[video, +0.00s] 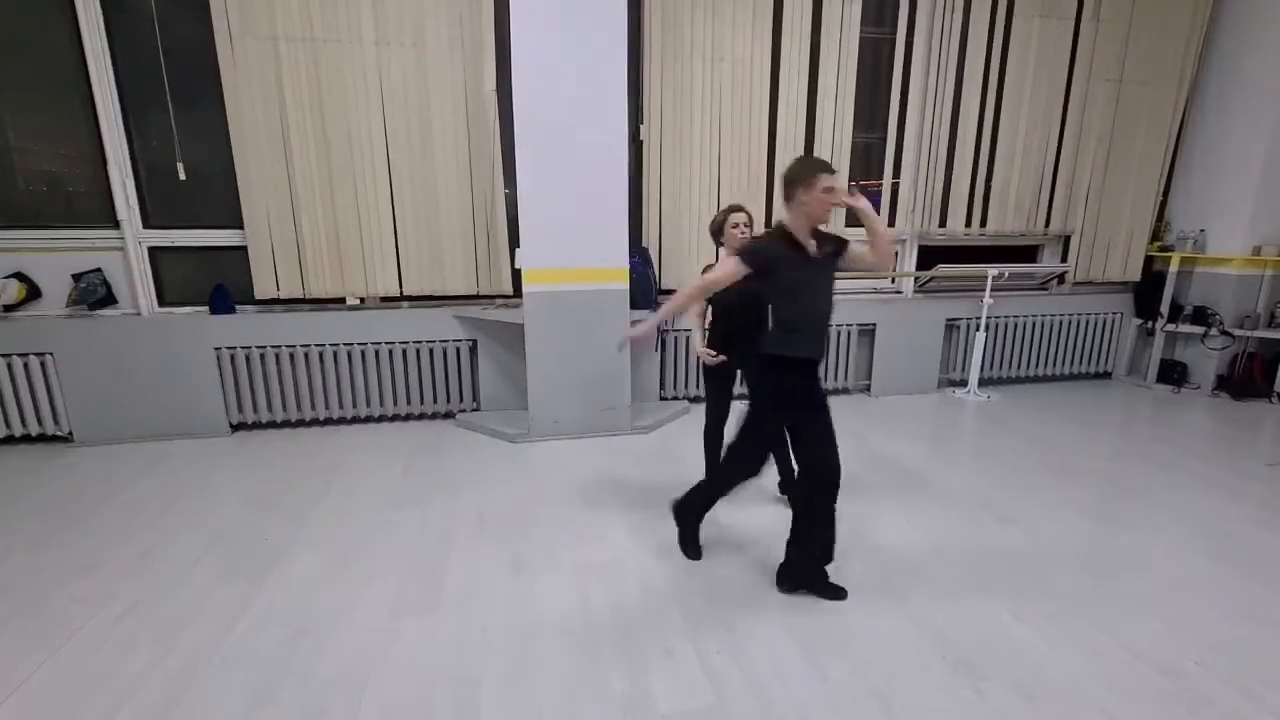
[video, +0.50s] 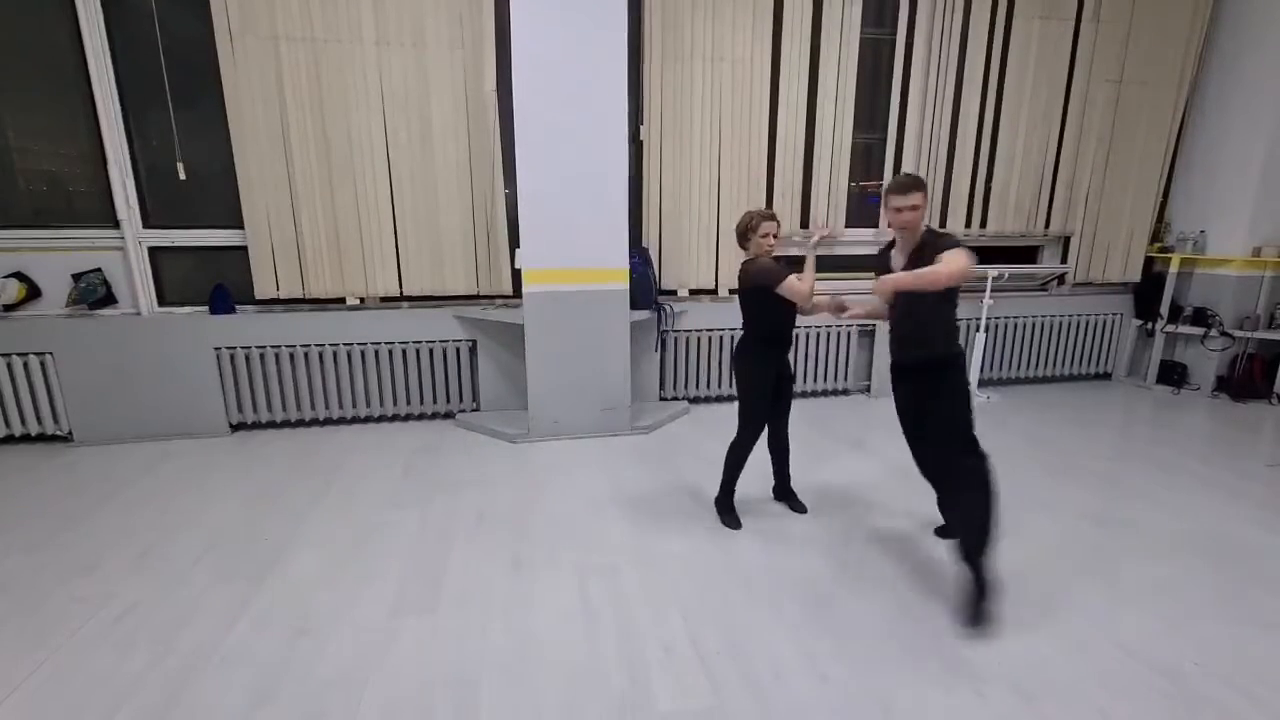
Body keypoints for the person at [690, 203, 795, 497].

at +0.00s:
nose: (742, 231)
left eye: (747, 226)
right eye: (735, 226)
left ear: (753, 232)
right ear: (721, 235)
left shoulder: (762, 267)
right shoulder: (711, 272)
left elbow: (778, 307)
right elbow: (699, 313)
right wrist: (699, 344)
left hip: (756, 348)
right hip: (720, 350)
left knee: (771, 416)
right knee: (715, 419)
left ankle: (788, 479)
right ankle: (713, 479)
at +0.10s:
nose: (755, 232)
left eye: (757, 227)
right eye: (747, 227)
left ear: (761, 233)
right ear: (730, 235)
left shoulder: (770, 265)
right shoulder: (716, 274)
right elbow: (703, 314)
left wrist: (847, 234)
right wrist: (710, 342)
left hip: (763, 354)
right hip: (725, 354)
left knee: (771, 423)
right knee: (717, 422)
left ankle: (783, 484)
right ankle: (711, 480)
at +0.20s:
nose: (766, 235)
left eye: (767, 229)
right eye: (758, 229)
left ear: (769, 235)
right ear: (740, 236)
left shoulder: (780, 269)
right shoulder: (729, 272)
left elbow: (817, 263)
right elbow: (727, 319)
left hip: (771, 357)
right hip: (736, 356)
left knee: (777, 425)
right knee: (725, 421)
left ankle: (782, 485)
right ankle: (713, 481)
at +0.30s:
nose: (775, 238)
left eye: (776, 233)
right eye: (770, 233)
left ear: (773, 235)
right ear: (751, 235)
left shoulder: (782, 267)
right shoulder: (741, 269)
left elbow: (808, 300)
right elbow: (773, 292)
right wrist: (769, 249)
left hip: (778, 357)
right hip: (746, 359)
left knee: (781, 426)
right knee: (738, 424)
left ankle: (783, 485)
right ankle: (713, 481)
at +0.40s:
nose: (774, 238)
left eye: (775, 233)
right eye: (766, 234)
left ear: (776, 236)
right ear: (749, 237)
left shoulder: (774, 268)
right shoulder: (754, 267)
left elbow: (804, 302)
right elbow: (800, 289)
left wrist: (839, 294)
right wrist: (803, 248)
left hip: (779, 356)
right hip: (754, 358)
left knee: (780, 427)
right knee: (746, 428)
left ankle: (783, 487)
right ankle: (718, 488)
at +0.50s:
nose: (772, 241)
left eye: (775, 236)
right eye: (765, 236)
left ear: (777, 237)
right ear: (748, 238)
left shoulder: (771, 267)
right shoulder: (757, 269)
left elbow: (798, 307)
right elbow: (805, 296)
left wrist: (829, 306)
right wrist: (812, 250)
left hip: (777, 360)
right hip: (754, 361)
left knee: (779, 429)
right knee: (749, 432)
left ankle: (783, 487)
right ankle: (724, 497)